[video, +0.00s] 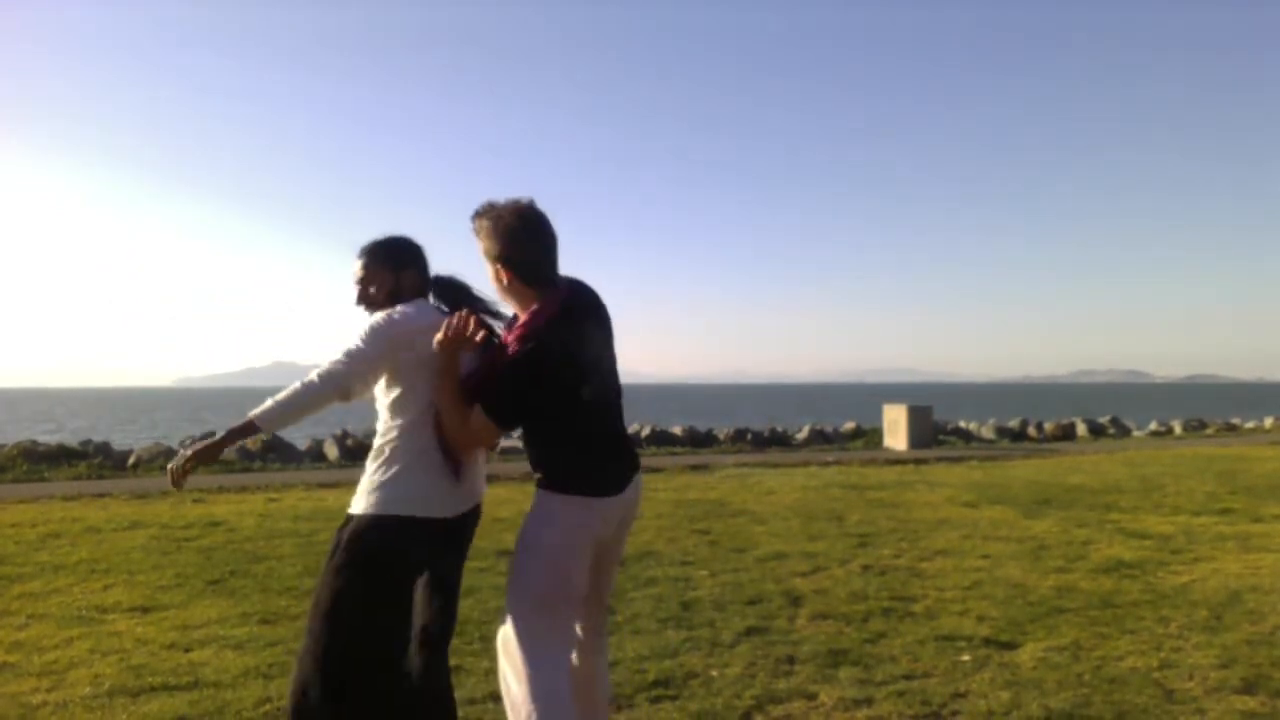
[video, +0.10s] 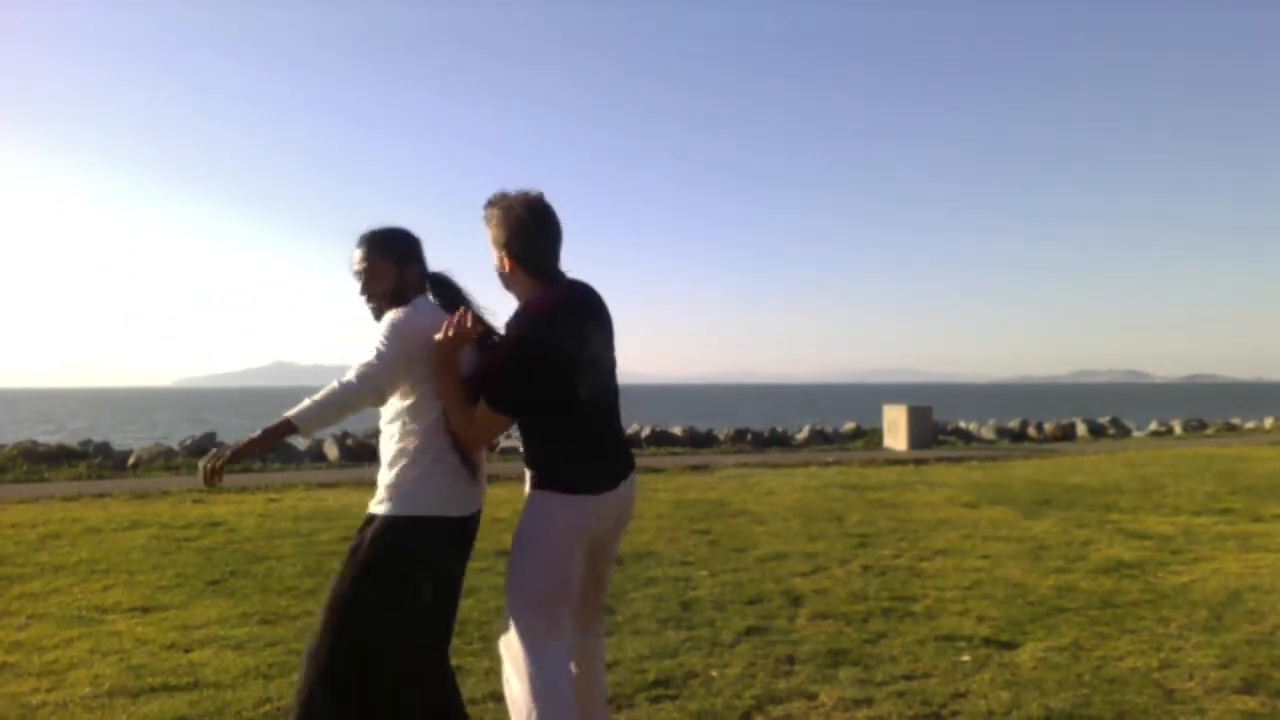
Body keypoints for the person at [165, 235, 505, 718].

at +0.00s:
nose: (359, 295)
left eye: (367, 281)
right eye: (359, 282)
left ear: (403, 277)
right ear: (415, 281)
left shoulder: (399, 323)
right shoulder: (466, 325)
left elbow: (325, 384)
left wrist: (224, 439)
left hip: (394, 506)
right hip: (459, 504)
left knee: (333, 645)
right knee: (423, 646)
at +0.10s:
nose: (360, 285)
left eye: (368, 272)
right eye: (358, 274)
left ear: (405, 269)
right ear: (409, 275)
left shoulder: (408, 323)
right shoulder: (456, 322)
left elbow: (357, 390)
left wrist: (254, 443)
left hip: (409, 513)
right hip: (453, 511)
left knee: (339, 654)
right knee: (423, 656)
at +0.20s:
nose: (370, 284)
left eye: (379, 271)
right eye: (363, 274)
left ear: (412, 267)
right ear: (359, 277)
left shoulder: (421, 321)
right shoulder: (442, 321)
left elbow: (400, 392)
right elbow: (493, 406)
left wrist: (306, 436)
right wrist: (508, 485)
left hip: (426, 515)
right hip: (447, 514)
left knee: (348, 654)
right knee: (425, 653)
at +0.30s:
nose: (383, 286)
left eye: (394, 272)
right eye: (372, 275)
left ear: (421, 272)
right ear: (363, 279)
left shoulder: (429, 327)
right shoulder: (401, 334)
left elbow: (432, 404)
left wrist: (343, 444)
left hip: (444, 510)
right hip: (423, 508)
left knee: (367, 654)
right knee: (426, 654)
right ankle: (442, 719)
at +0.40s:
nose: (390, 285)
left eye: (402, 274)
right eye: (379, 274)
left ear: (423, 276)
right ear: (366, 279)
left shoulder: (433, 333)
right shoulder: (388, 341)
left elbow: (461, 413)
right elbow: (418, 420)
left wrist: (391, 444)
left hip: (448, 508)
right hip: (413, 510)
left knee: (386, 648)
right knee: (411, 651)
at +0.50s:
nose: (407, 285)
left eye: (417, 273)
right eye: (393, 274)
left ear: (431, 276)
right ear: (372, 279)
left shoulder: (443, 335)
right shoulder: (356, 332)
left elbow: (484, 422)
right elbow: (346, 403)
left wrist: (446, 441)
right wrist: (332, 458)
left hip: (446, 518)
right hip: (391, 518)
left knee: (417, 641)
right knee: (364, 639)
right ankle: (362, 714)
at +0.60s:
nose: (433, 296)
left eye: (437, 283)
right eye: (421, 284)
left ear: (441, 281)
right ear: (381, 282)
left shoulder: (450, 340)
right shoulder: (341, 322)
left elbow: (486, 412)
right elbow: (286, 371)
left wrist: (487, 436)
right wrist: (272, 444)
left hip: (439, 524)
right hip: (370, 525)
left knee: (431, 658)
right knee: (356, 662)